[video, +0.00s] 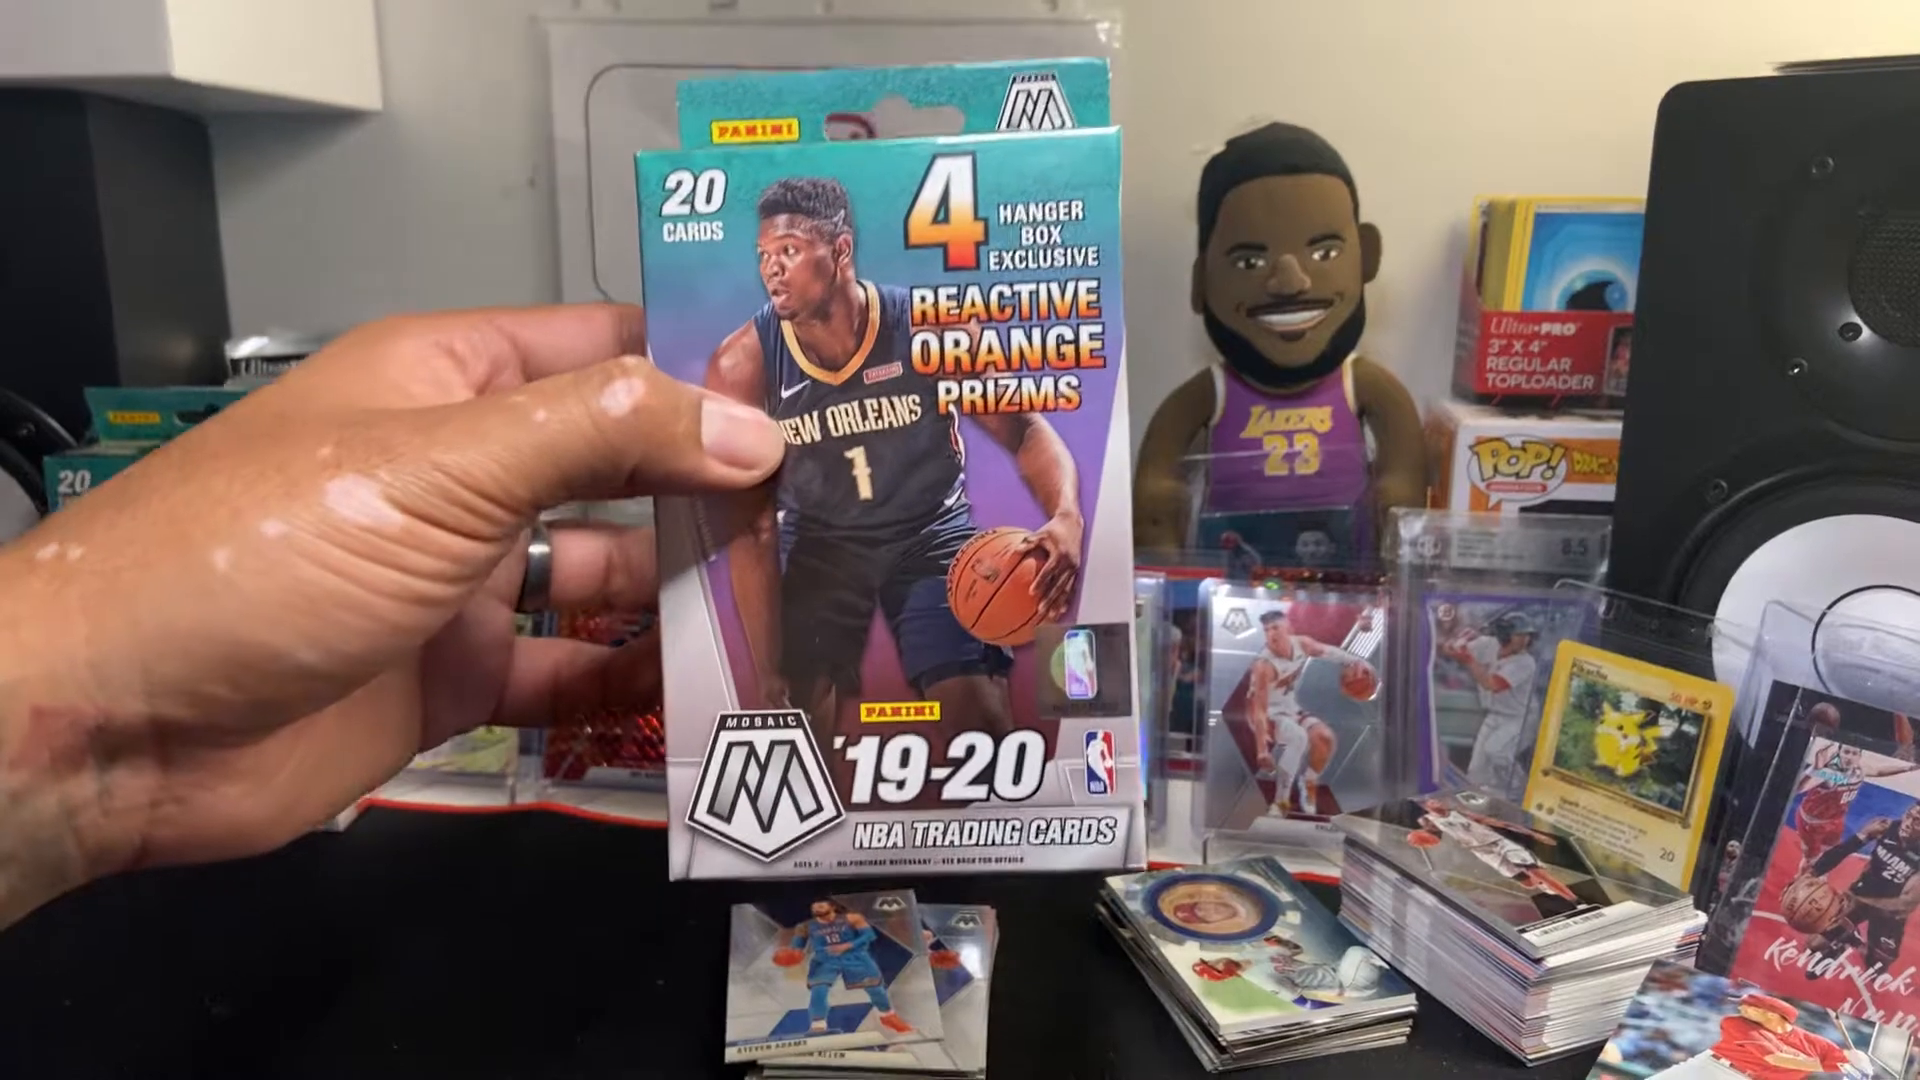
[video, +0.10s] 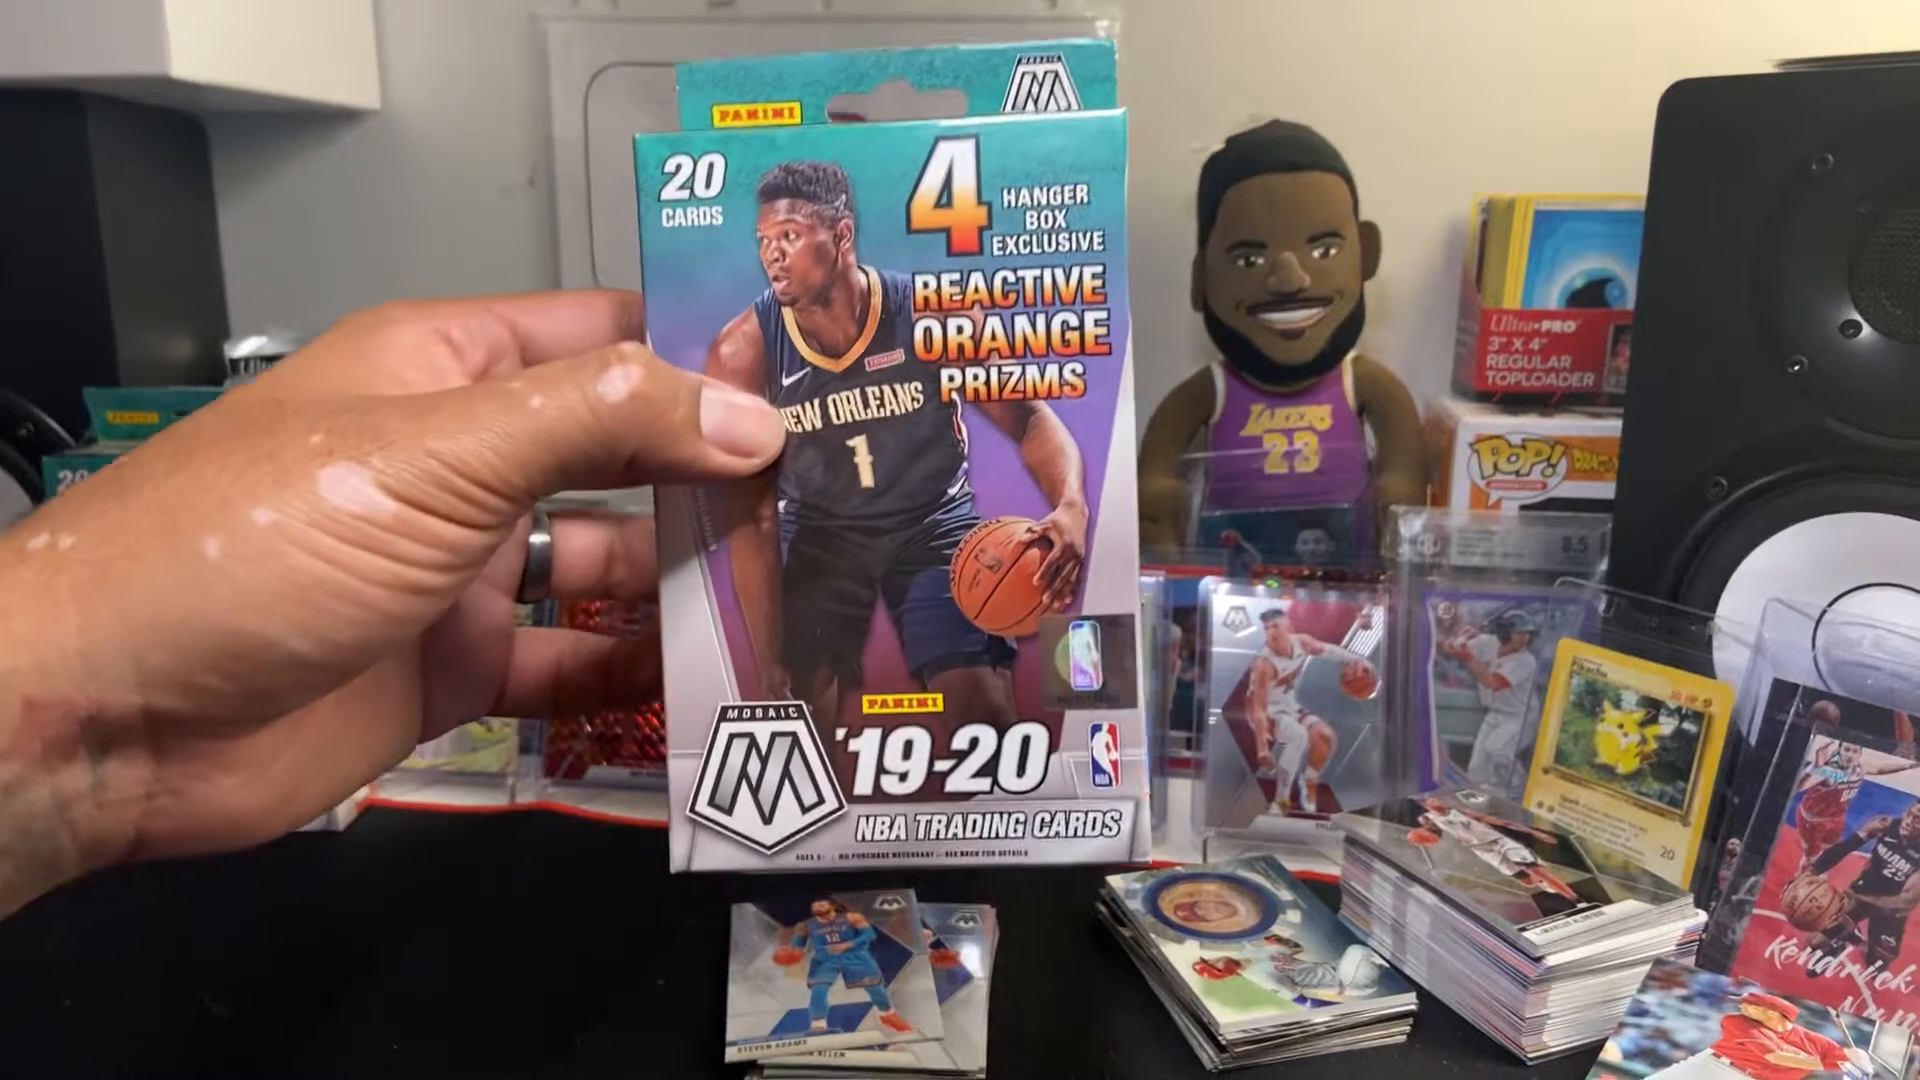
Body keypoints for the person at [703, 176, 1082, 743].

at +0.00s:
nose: (771, 271)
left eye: (789, 251)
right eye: (764, 256)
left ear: (842, 251)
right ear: (758, 263)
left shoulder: (926, 328)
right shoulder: (744, 362)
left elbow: (1022, 429)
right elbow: (750, 528)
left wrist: (1068, 515)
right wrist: (766, 682)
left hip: (933, 537)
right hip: (824, 549)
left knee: (972, 706)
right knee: (802, 719)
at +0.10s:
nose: (772, 256)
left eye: (790, 236)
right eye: (764, 241)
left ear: (843, 235)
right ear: (758, 248)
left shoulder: (929, 314)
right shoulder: (745, 350)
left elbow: (1026, 418)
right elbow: (750, 516)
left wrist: (1072, 505)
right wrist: (768, 670)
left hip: (936, 525)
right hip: (824, 537)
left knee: (977, 702)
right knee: (804, 713)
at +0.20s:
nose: (773, 241)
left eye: (791, 222)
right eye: (766, 226)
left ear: (846, 222)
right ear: (759, 234)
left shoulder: (933, 303)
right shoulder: (745, 338)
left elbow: (1034, 408)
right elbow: (750, 506)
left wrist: (1077, 496)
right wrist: (768, 659)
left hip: (940, 515)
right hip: (824, 526)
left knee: (978, 692)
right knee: (803, 699)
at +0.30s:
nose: (772, 242)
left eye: (791, 221)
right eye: (764, 226)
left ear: (846, 219)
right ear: (758, 232)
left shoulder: (937, 301)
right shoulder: (745, 338)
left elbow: (1036, 410)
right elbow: (751, 512)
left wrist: (1084, 499)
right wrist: (769, 672)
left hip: (942, 521)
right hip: (826, 532)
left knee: (987, 706)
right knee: (805, 713)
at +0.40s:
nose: (774, 250)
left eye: (793, 228)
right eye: (765, 233)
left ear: (850, 227)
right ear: (759, 239)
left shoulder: (940, 313)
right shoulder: (744, 349)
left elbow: (1044, 427)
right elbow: (750, 526)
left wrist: (1091, 519)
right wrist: (767, 686)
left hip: (945, 537)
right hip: (826, 548)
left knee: (990, 729)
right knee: (803, 732)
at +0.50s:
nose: (770, 245)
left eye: (789, 224)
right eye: (762, 228)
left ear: (847, 223)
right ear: (754, 234)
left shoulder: (939, 312)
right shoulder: (738, 346)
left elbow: (1041, 425)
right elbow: (742, 524)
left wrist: (1088, 519)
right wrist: (758, 688)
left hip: (940, 536)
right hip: (819, 546)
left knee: (984, 730)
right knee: (797, 735)